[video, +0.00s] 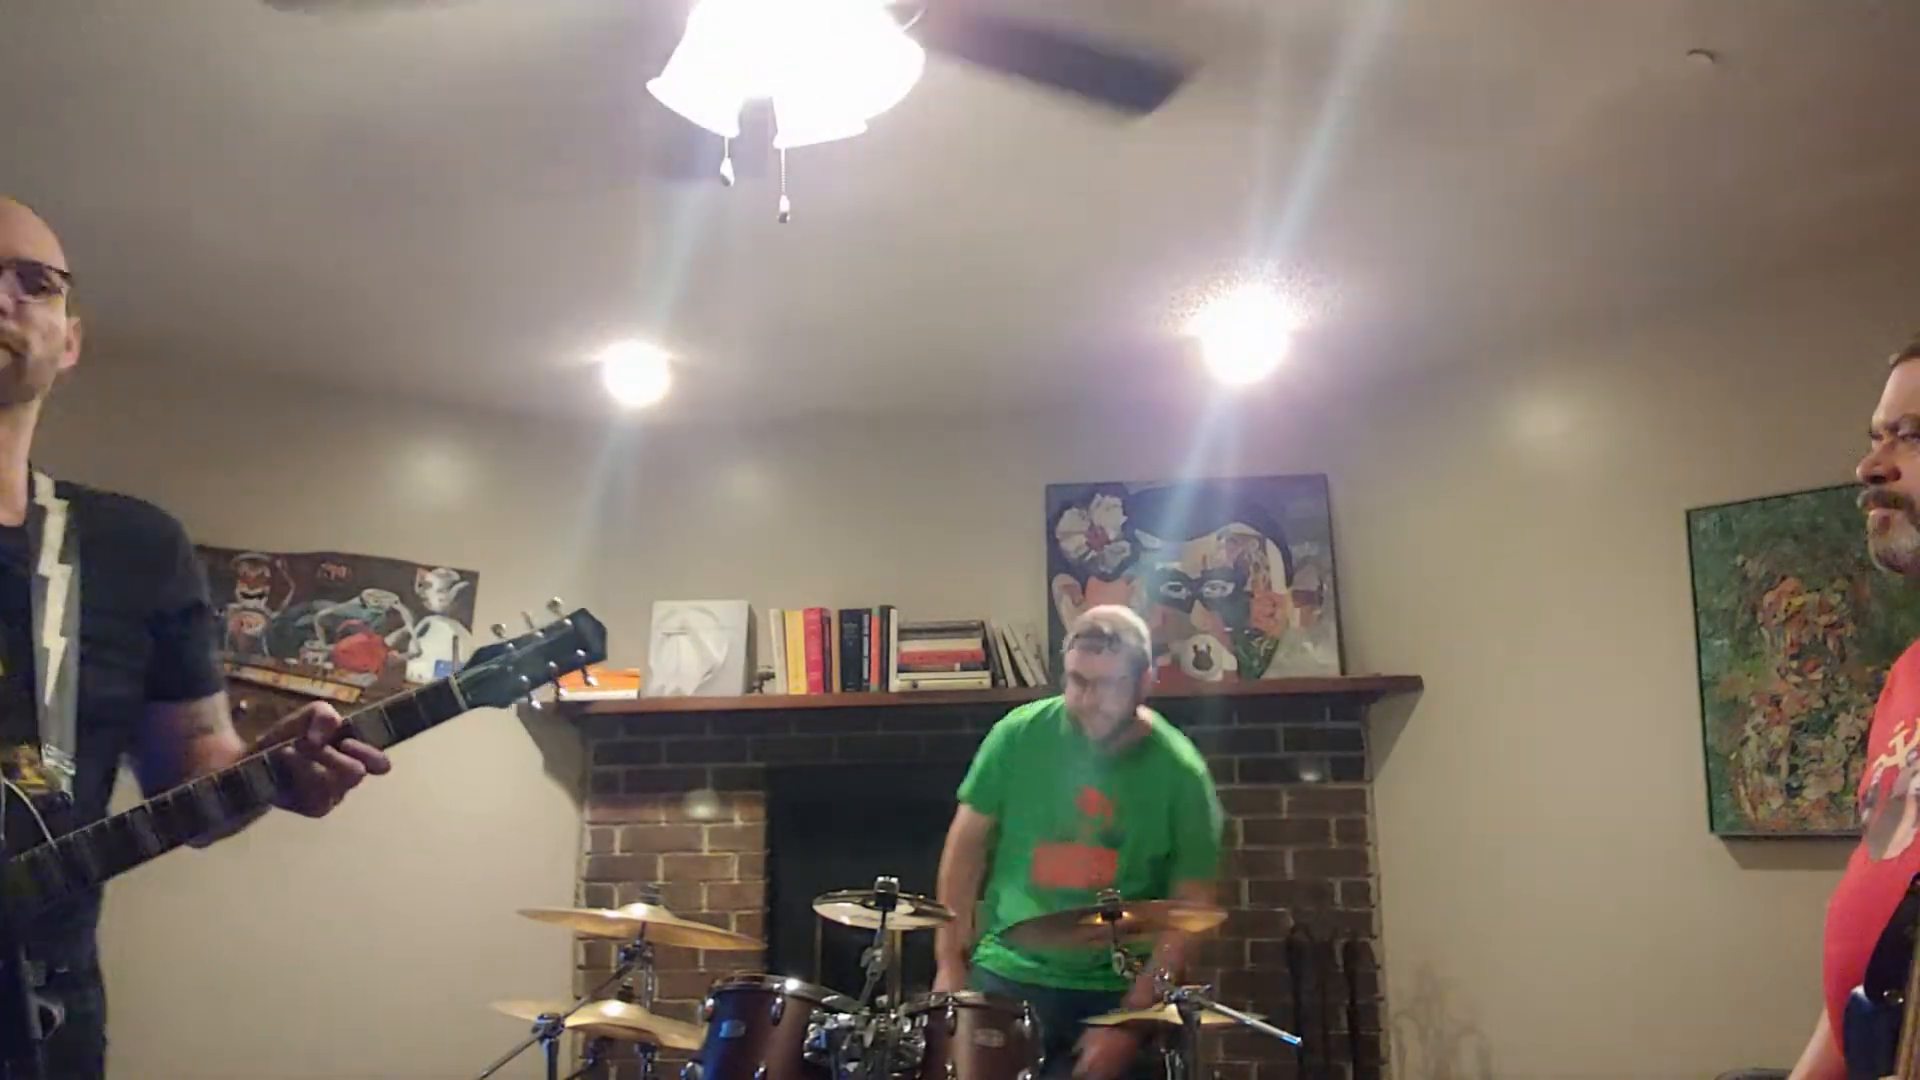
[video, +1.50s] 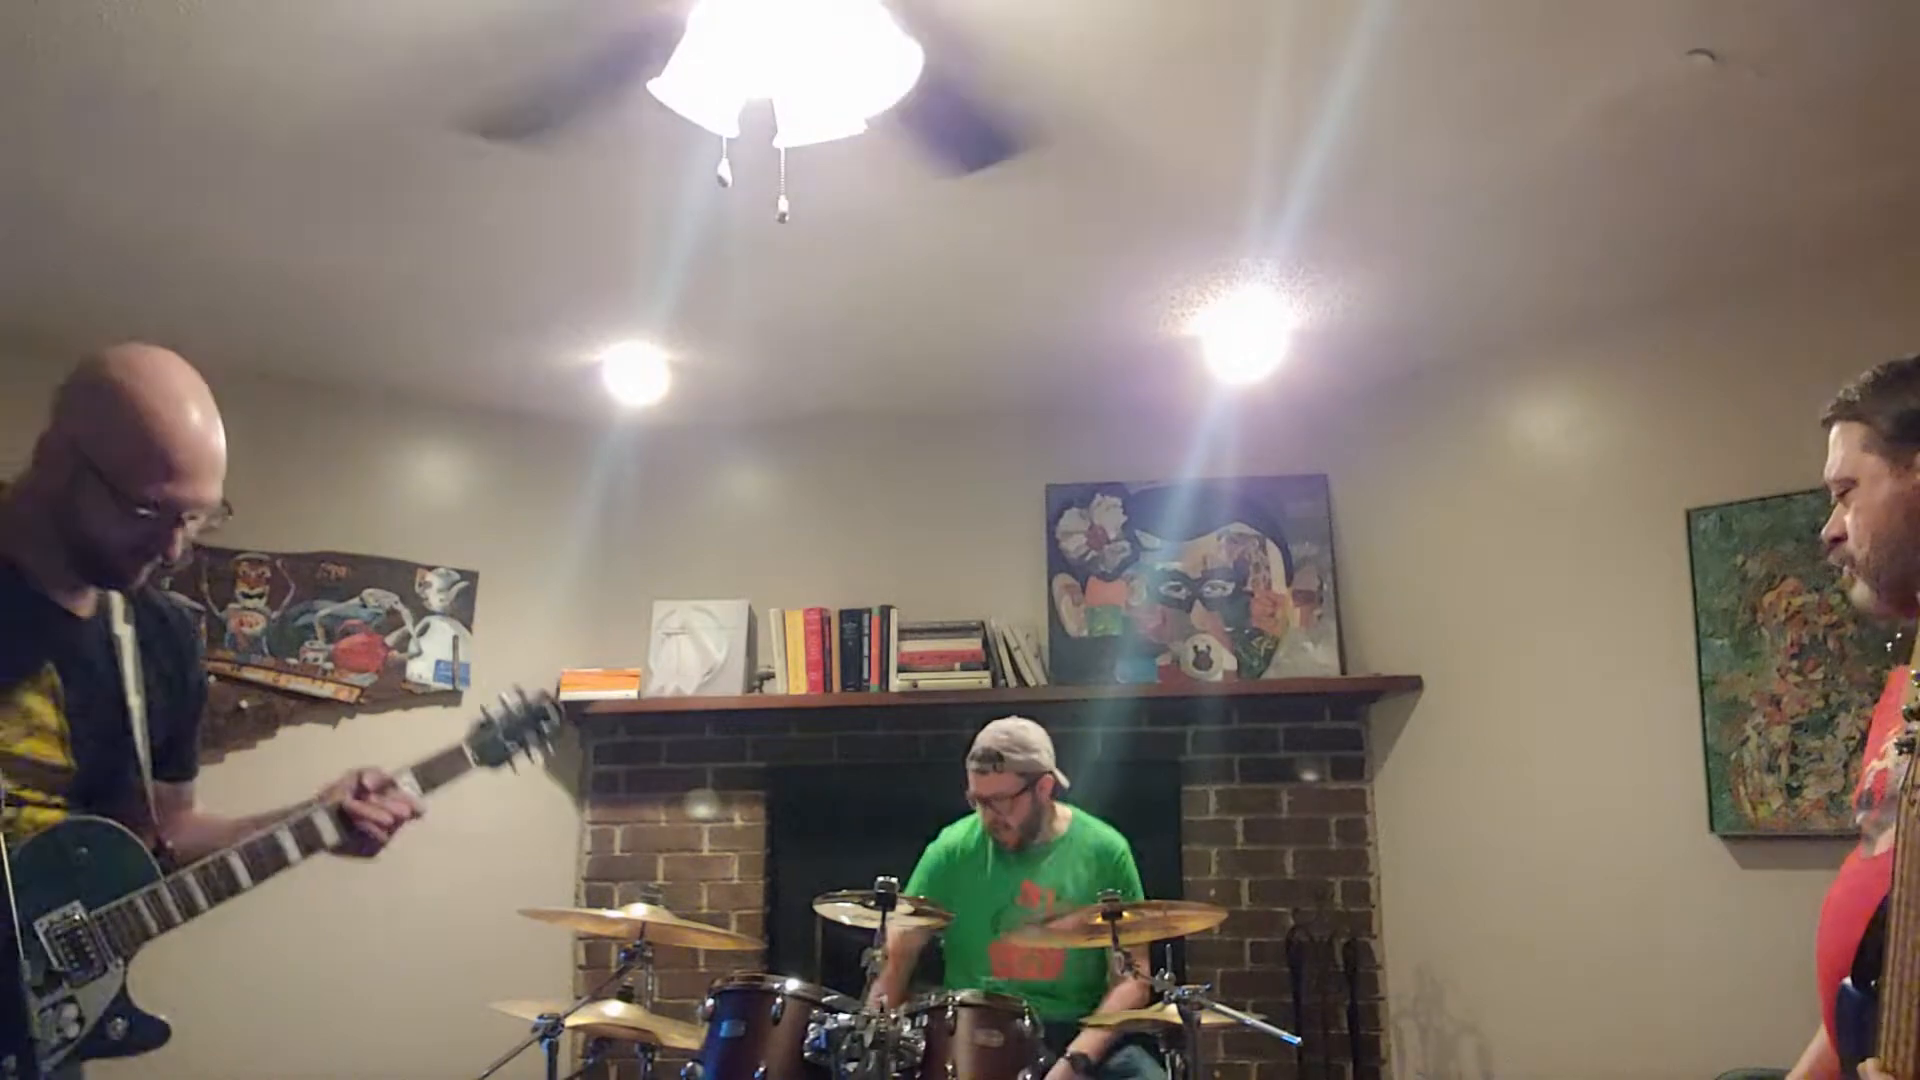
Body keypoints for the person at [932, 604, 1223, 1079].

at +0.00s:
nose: (1084, 700)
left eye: (1103, 686)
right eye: (1075, 681)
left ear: (1145, 682)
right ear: (1064, 670)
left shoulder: (1180, 772)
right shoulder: (1017, 738)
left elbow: (1192, 912)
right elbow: (965, 843)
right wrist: (949, 964)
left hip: (1116, 988)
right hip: (1007, 975)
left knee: (1115, 1064)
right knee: (963, 1064)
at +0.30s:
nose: (1054, 758)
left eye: (1071, 741)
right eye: (1039, 740)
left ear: (1102, 737)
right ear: (1019, 732)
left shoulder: (1137, 817)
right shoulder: (970, 791)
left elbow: (1126, 948)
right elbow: (919, 909)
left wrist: (1060, 1059)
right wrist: (909, 1023)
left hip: (1082, 1001)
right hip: (970, 997)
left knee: (1146, 1068)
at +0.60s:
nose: (1034, 759)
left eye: (1051, 741)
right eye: (1019, 741)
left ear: (1081, 740)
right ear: (1000, 738)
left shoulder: (1122, 819)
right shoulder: (957, 803)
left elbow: (1120, 955)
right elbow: (925, 921)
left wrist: (1059, 1065)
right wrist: (925, 1032)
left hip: (1083, 1002)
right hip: (974, 1001)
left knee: (1147, 1069)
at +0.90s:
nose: (988, 767)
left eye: (1004, 752)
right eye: (979, 751)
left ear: (1054, 737)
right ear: (970, 741)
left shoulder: (1116, 800)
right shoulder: (956, 797)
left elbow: (1135, 937)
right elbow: (925, 918)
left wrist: (1070, 1050)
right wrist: (926, 1029)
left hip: (1088, 995)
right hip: (980, 996)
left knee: (1145, 1067)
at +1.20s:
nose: (992, 770)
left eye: (1006, 755)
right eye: (983, 754)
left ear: (1054, 741)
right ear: (974, 743)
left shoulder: (1114, 806)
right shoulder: (955, 800)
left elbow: (1127, 941)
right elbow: (918, 919)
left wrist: (1080, 1060)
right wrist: (911, 1033)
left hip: (1082, 1006)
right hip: (976, 1005)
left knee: (1148, 1067)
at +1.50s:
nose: (988, 817)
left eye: (1001, 802)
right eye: (979, 802)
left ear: (1046, 788)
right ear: (969, 791)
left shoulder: (1105, 852)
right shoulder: (951, 850)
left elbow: (1134, 977)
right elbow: (895, 964)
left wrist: (1077, 1061)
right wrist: (877, 1048)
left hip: (1081, 1037)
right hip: (975, 1037)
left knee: (1147, 1076)